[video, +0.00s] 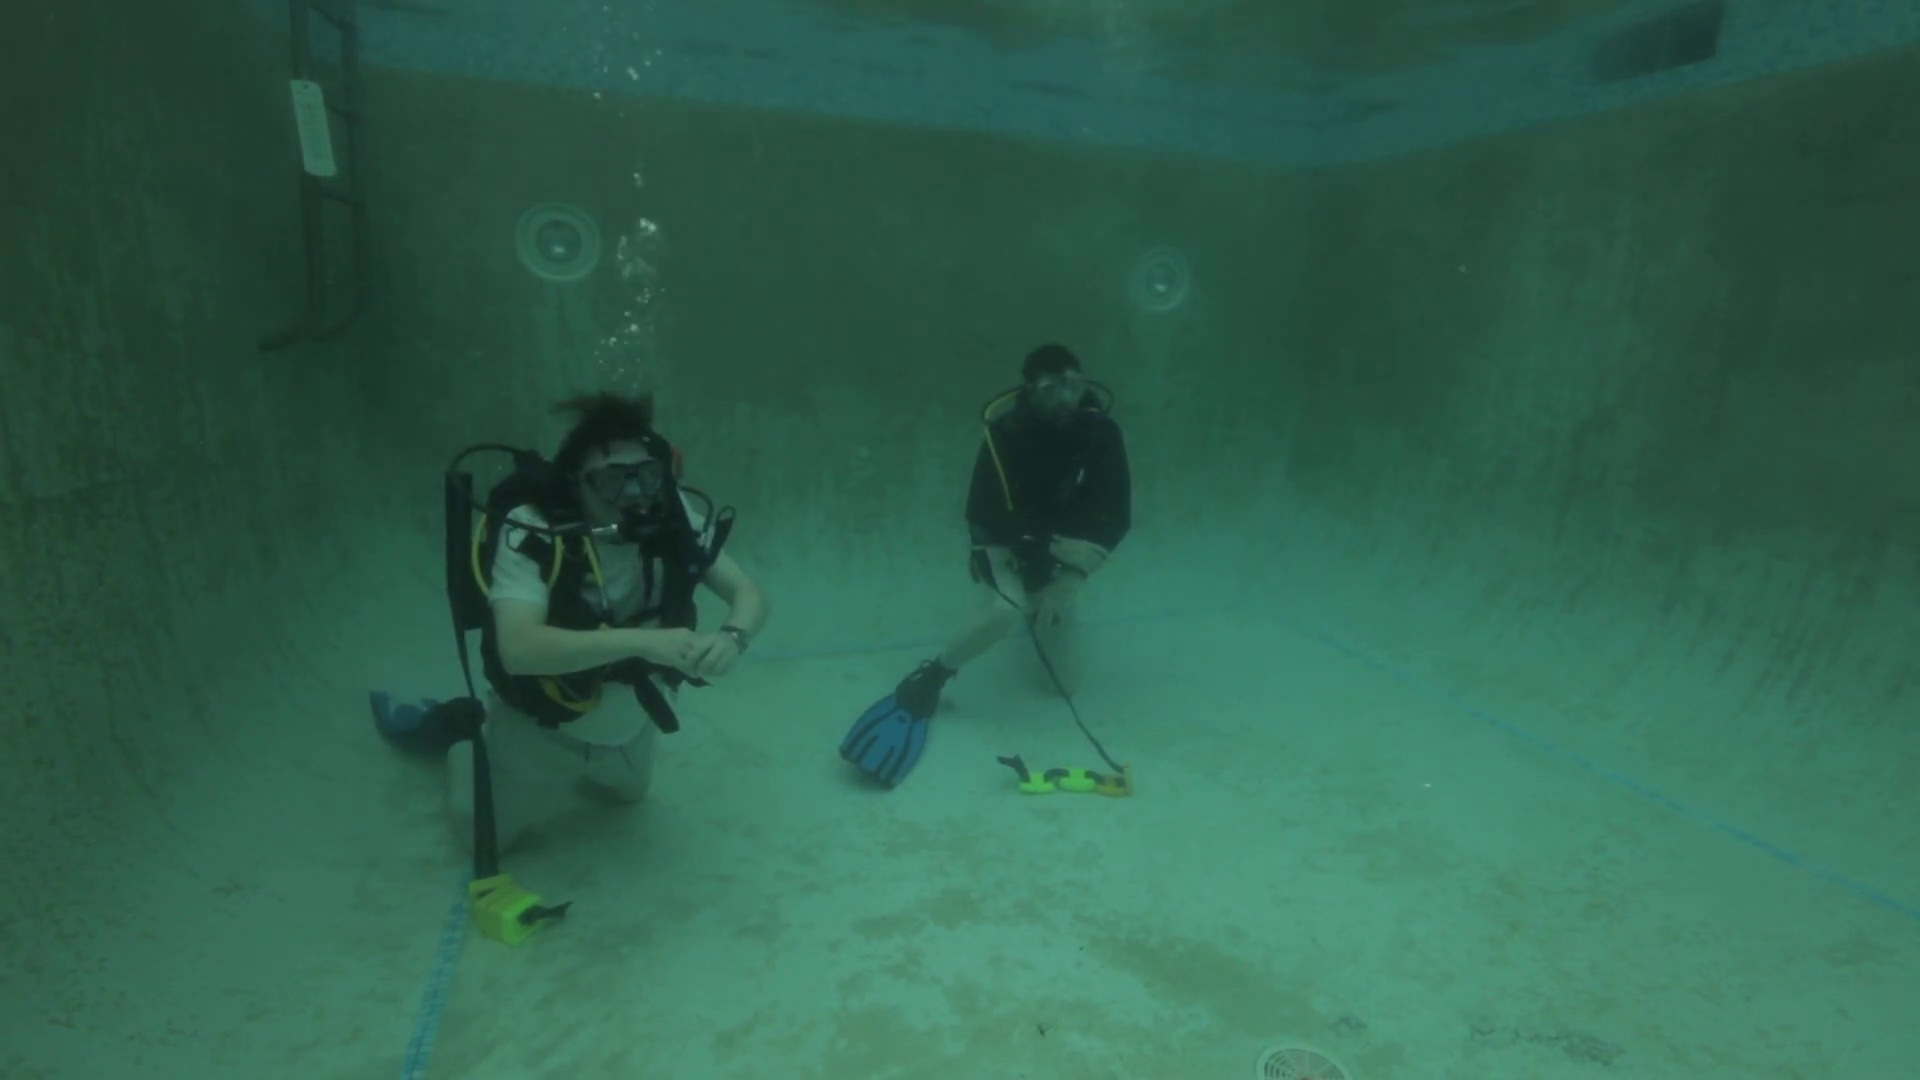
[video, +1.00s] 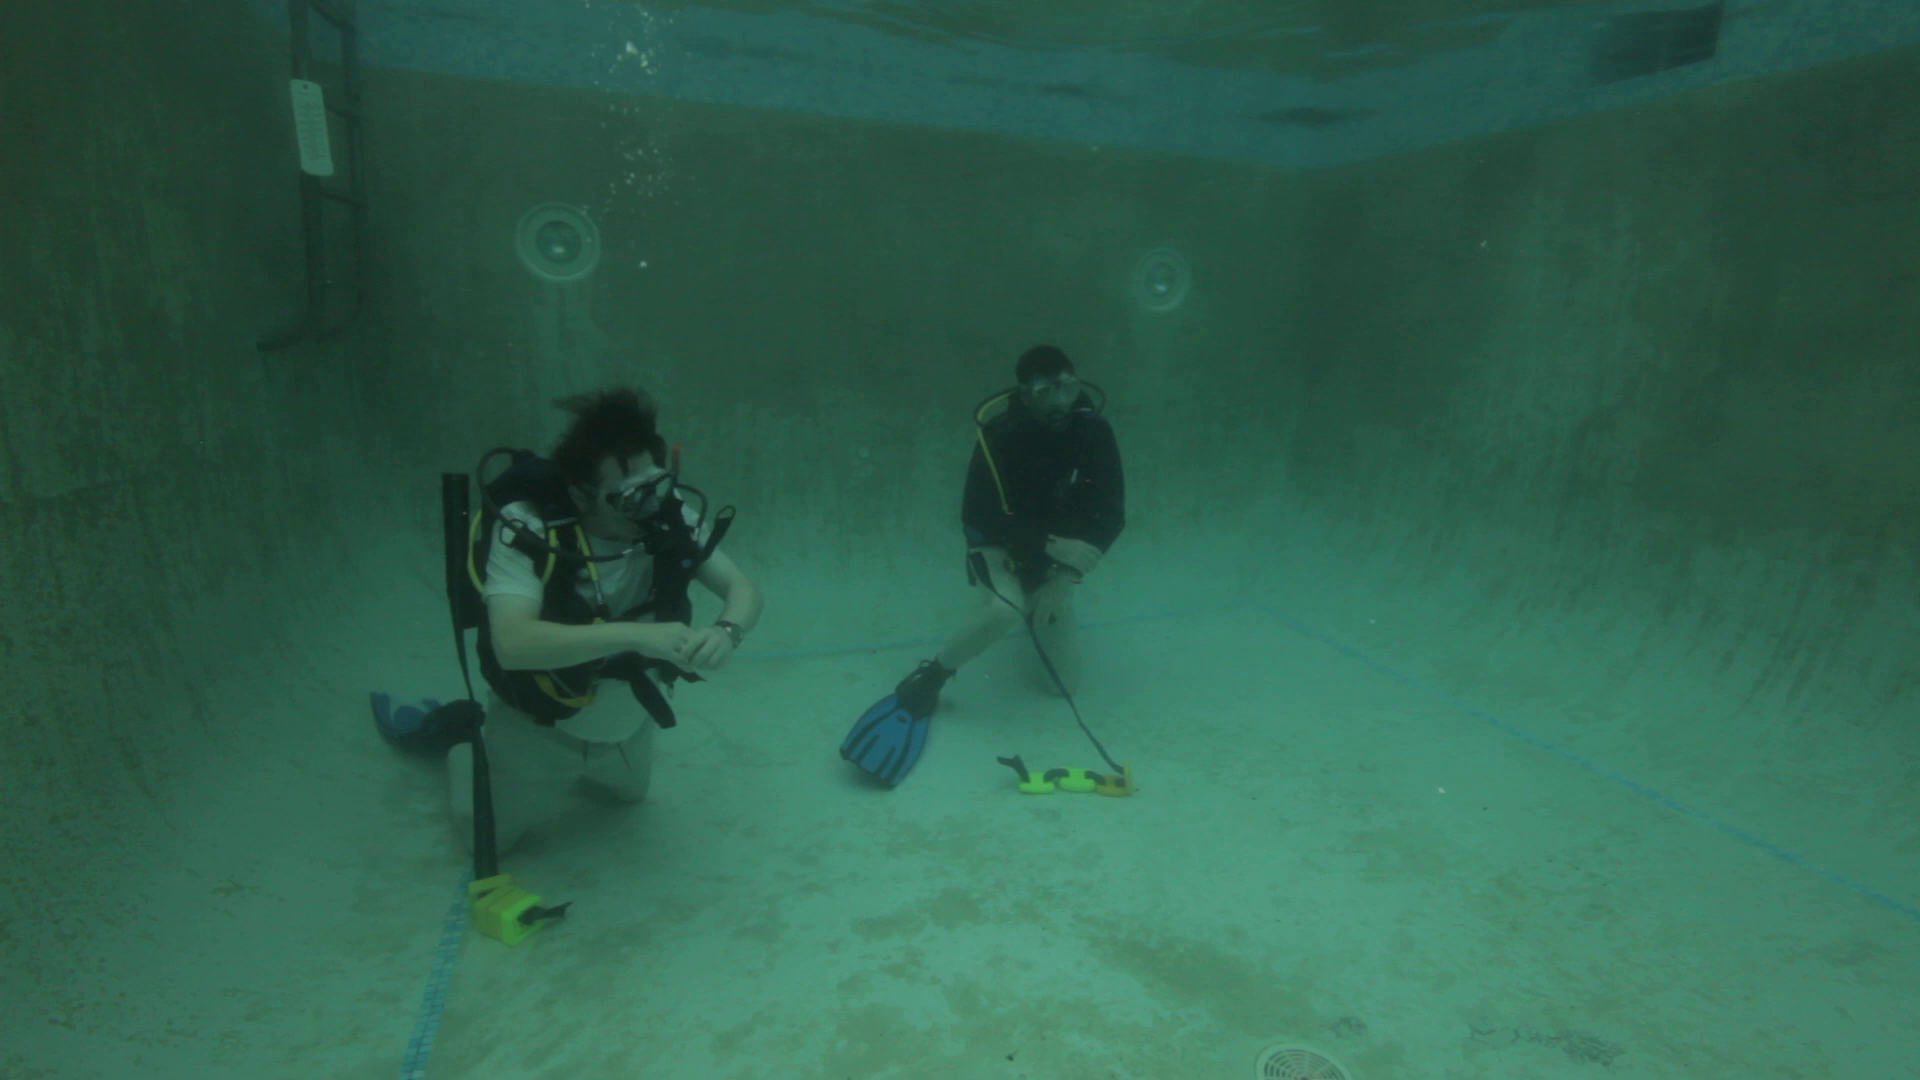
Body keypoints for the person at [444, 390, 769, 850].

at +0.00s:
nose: (632, 494)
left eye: (643, 478)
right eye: (612, 480)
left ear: (661, 476)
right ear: (577, 482)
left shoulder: (671, 518)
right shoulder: (531, 527)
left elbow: (748, 593)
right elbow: (517, 649)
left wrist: (733, 636)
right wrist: (647, 643)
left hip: (626, 708)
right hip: (538, 715)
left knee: (628, 785)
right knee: (486, 836)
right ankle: (462, 728)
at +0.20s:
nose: (631, 495)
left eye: (643, 478)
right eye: (612, 480)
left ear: (662, 476)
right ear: (577, 482)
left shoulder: (672, 518)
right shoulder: (530, 527)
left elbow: (748, 593)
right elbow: (516, 648)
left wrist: (732, 636)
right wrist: (646, 642)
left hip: (626, 710)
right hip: (538, 717)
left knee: (628, 785)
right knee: (486, 837)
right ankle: (462, 728)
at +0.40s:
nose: (633, 496)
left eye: (644, 478)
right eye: (613, 481)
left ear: (662, 475)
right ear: (577, 484)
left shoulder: (670, 519)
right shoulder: (529, 527)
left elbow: (747, 592)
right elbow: (515, 647)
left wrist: (731, 635)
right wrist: (644, 641)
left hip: (627, 710)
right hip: (538, 717)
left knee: (628, 786)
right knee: (488, 835)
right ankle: (464, 730)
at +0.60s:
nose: (638, 498)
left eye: (648, 480)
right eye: (618, 485)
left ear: (664, 474)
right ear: (578, 488)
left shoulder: (668, 516)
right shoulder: (527, 527)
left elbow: (746, 591)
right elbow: (514, 646)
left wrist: (730, 633)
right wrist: (642, 639)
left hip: (626, 706)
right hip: (536, 714)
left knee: (626, 786)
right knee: (487, 836)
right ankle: (463, 729)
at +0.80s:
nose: (645, 505)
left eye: (652, 486)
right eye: (626, 493)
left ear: (663, 473)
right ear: (581, 493)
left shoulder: (667, 513)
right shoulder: (525, 525)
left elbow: (744, 589)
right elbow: (512, 644)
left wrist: (729, 631)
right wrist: (639, 637)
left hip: (627, 705)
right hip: (538, 713)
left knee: (628, 786)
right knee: (489, 835)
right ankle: (464, 730)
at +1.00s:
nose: (650, 508)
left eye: (656, 489)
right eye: (630, 498)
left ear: (665, 474)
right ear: (582, 496)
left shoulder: (666, 515)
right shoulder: (525, 526)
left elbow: (743, 588)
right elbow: (511, 643)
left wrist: (728, 631)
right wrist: (641, 637)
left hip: (627, 708)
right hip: (538, 718)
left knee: (628, 787)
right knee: (491, 837)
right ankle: (465, 730)